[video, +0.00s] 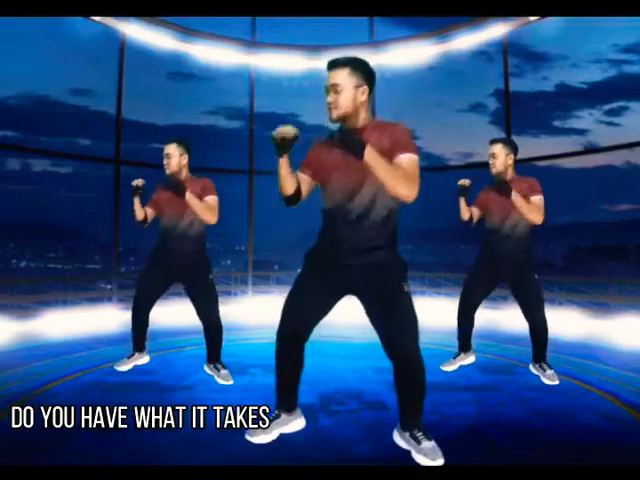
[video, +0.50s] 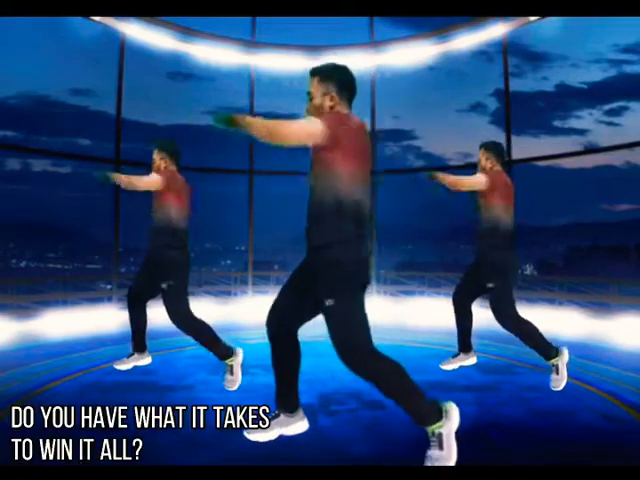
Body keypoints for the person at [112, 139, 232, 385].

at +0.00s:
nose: (166, 161)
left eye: (170, 156)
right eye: (165, 157)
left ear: (185, 159)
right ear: (165, 161)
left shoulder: (204, 185)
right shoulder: (163, 191)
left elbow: (211, 217)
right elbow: (142, 219)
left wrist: (186, 192)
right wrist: (137, 196)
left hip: (194, 261)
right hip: (164, 260)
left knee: (211, 316)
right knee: (141, 304)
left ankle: (214, 363)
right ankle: (139, 353)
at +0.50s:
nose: (156, 164)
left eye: (160, 160)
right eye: (155, 160)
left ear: (169, 162)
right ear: (161, 162)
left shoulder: (170, 180)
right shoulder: (173, 182)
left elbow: (140, 183)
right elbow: (139, 183)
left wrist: (117, 178)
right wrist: (121, 180)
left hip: (172, 256)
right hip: (160, 255)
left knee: (180, 315)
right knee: (136, 297)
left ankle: (230, 356)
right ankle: (140, 352)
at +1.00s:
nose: (158, 160)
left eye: (162, 155)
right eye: (156, 156)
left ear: (177, 155)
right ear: (158, 158)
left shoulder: (196, 179)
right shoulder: (156, 189)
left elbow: (206, 207)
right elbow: (136, 215)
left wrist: (182, 180)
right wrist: (129, 187)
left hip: (192, 258)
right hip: (162, 259)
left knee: (210, 312)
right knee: (143, 305)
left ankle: (217, 362)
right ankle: (140, 353)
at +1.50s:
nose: (169, 167)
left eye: (174, 162)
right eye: (164, 163)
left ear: (183, 165)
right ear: (159, 167)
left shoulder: (196, 192)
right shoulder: (154, 199)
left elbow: (208, 222)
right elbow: (136, 225)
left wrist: (187, 195)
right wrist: (128, 202)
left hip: (191, 269)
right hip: (160, 269)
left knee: (210, 320)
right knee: (131, 307)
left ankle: (218, 363)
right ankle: (139, 353)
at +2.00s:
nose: (168, 161)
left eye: (173, 156)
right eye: (163, 156)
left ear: (182, 160)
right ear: (158, 161)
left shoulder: (195, 188)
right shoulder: (154, 193)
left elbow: (204, 221)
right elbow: (137, 220)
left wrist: (184, 194)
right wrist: (126, 201)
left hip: (189, 264)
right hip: (157, 264)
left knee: (207, 318)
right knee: (133, 306)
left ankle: (213, 365)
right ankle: (138, 353)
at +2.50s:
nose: (175, 156)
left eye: (180, 151)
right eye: (170, 151)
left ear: (189, 155)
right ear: (165, 155)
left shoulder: (200, 182)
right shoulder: (154, 180)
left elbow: (212, 213)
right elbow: (123, 190)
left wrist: (192, 188)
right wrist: (107, 178)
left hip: (190, 259)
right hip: (159, 257)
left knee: (206, 314)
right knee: (135, 302)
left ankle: (213, 365)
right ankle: (142, 353)